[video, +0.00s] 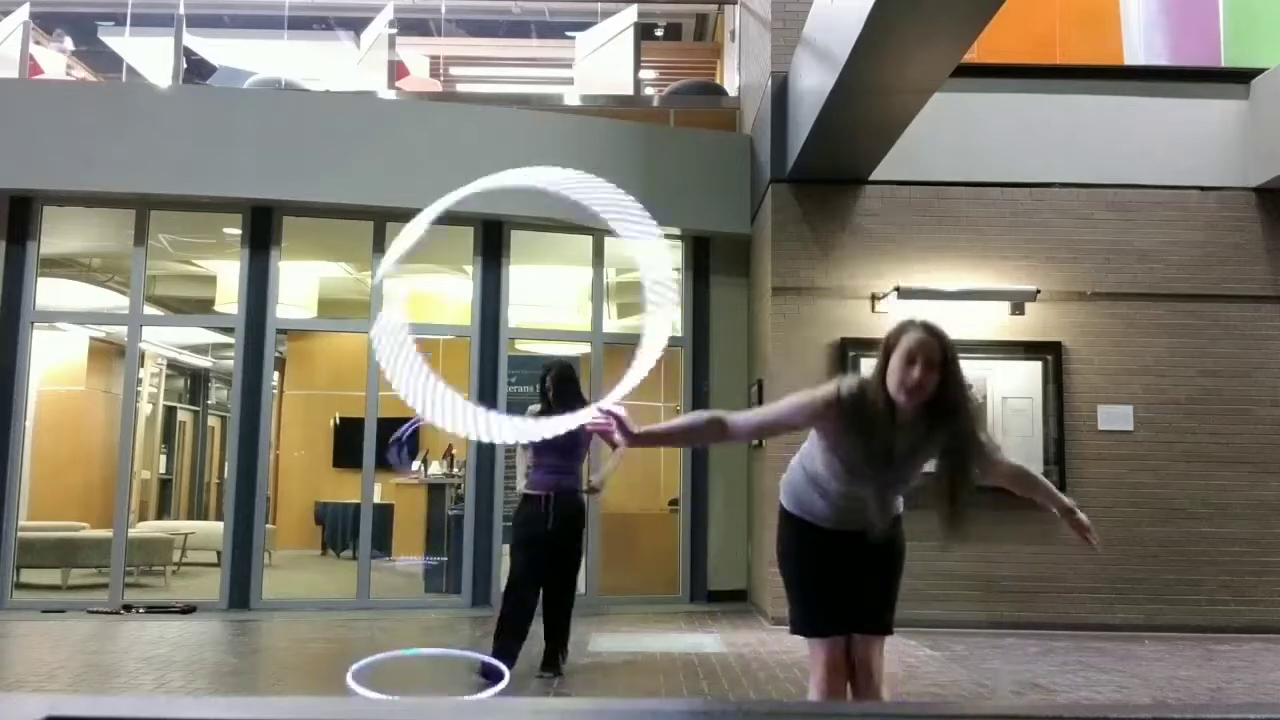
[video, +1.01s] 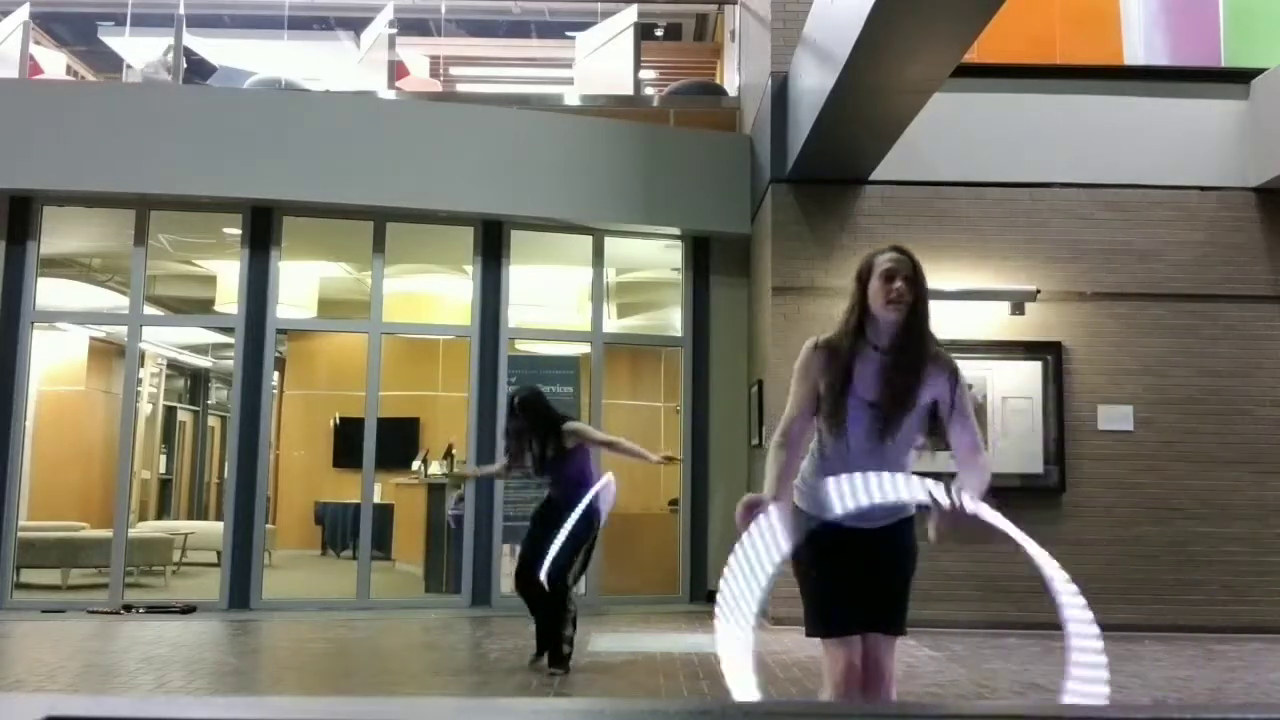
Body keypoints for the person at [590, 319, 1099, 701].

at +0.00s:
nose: (919, 374)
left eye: (931, 366)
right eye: (910, 361)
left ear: (942, 376)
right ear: (887, 362)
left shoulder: (940, 427)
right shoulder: (841, 400)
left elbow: (1003, 471)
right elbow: (732, 426)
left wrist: (1065, 506)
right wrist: (636, 436)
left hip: (878, 527)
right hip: (811, 520)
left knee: (866, 659)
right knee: (829, 659)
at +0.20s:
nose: (910, 394)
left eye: (922, 386)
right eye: (901, 380)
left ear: (932, 394)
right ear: (878, 378)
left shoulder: (928, 433)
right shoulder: (833, 416)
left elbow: (982, 453)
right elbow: (725, 443)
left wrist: (1025, 481)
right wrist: (636, 462)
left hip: (882, 530)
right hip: (814, 526)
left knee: (868, 662)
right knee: (833, 661)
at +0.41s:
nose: (902, 361)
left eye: (914, 353)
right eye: (894, 347)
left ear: (924, 362)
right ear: (870, 348)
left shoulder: (922, 409)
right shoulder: (834, 406)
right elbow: (736, 464)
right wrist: (656, 514)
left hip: (890, 529)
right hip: (823, 528)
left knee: (877, 669)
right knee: (843, 669)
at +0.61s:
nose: (888, 330)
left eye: (898, 320)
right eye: (876, 319)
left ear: (908, 326)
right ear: (854, 327)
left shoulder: (919, 360)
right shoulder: (829, 394)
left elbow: (988, 344)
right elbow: (752, 480)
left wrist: (1042, 306)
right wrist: (703, 546)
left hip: (887, 520)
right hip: (820, 523)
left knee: (879, 668)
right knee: (845, 670)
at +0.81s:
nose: (879, 307)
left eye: (888, 298)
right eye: (867, 297)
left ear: (899, 308)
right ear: (844, 307)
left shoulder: (920, 364)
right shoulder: (817, 378)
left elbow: (1000, 422)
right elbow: (766, 468)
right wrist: (750, 532)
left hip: (884, 519)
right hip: (818, 520)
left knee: (875, 665)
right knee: (841, 666)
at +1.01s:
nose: (901, 286)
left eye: (910, 279)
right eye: (888, 277)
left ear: (918, 293)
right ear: (864, 289)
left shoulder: (936, 370)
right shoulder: (822, 355)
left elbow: (973, 460)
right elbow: (789, 437)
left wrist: (960, 499)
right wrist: (774, 500)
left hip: (891, 522)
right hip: (823, 520)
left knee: (878, 664)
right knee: (846, 665)